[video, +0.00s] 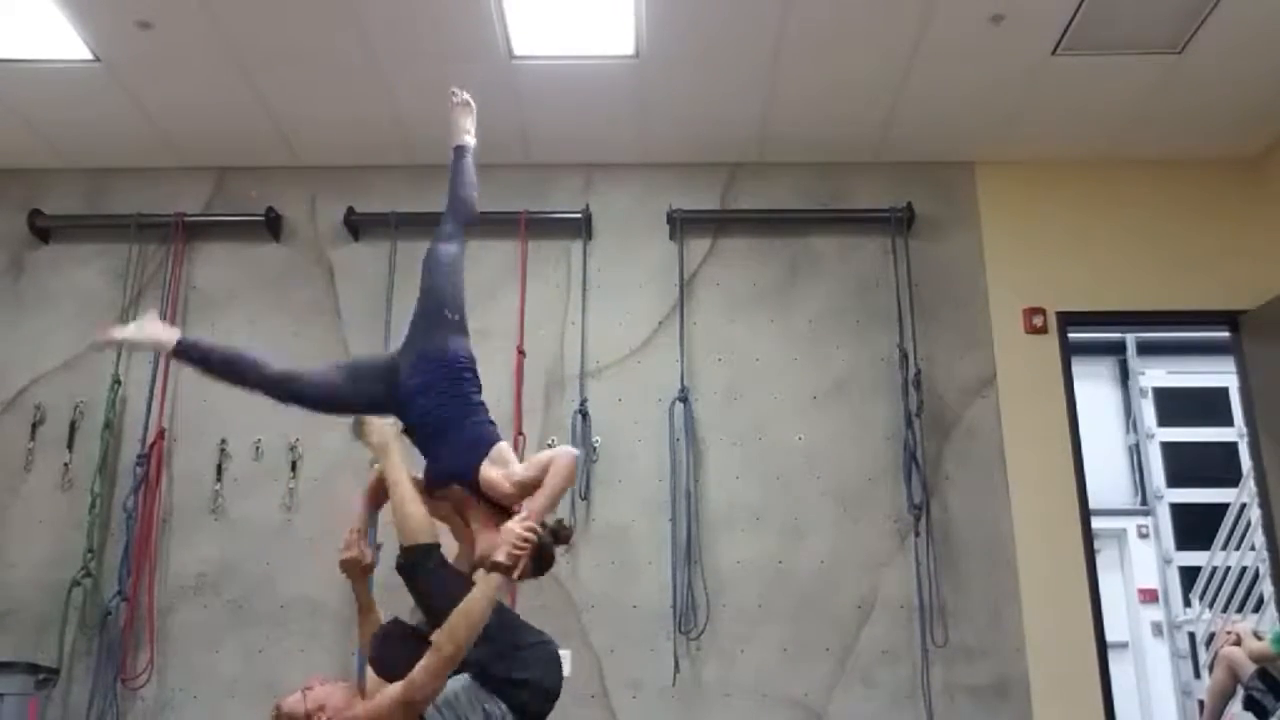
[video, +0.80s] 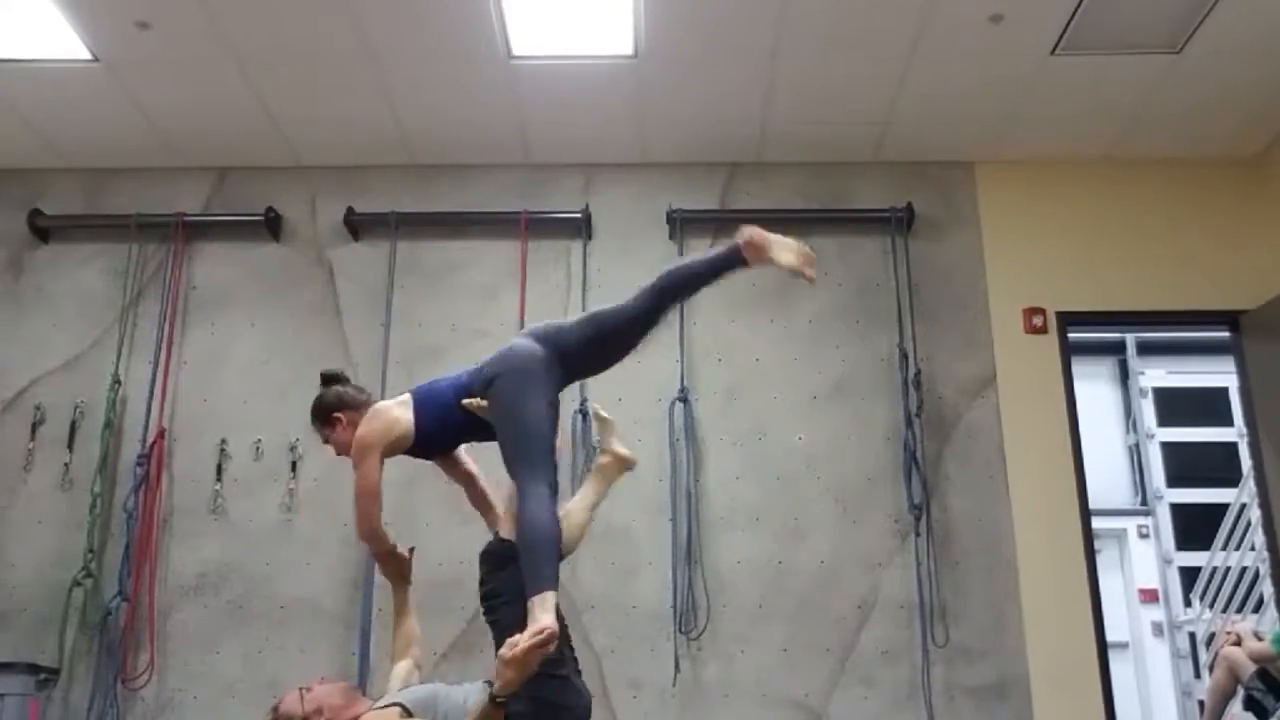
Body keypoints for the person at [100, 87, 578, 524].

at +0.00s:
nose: (519, 471)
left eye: (514, 487)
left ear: (498, 518)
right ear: (528, 522)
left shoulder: (460, 510)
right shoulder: (507, 467)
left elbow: (386, 479)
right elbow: (563, 464)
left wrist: (363, 528)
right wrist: (521, 523)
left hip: (398, 390)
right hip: (442, 348)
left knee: (281, 384)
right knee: (454, 231)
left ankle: (169, 341)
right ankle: (465, 140)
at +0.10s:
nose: (543, 546)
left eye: (554, 555)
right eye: (556, 544)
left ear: (535, 535)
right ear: (555, 514)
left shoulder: (482, 518)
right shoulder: (530, 486)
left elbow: (406, 492)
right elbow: (595, 483)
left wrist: (375, 543)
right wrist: (558, 531)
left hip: (380, 422)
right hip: (421, 390)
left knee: (283, 461)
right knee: (363, 271)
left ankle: (147, 468)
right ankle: (324, 165)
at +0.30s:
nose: (460, 509)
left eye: (465, 509)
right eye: (472, 507)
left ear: (459, 496)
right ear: (490, 492)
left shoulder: (425, 480)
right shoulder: (487, 464)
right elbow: (506, 492)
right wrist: (492, 536)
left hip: (348, 426)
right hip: (389, 391)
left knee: (355, 512)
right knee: (276, 317)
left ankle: (276, 607)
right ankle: (148, 235)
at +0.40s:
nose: (454, 504)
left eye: (455, 503)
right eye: (462, 503)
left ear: (446, 487)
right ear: (470, 486)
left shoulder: (398, 466)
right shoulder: (472, 456)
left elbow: (314, 507)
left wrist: (337, 576)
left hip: (366, 403)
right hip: (418, 379)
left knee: (375, 501)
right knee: (315, 301)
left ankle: (307, 616)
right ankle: (203, 220)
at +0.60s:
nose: (318, 704)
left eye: (310, 702)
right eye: (314, 714)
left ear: (320, 688)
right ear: (327, 714)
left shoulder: (385, 687)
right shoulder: (376, 709)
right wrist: (385, 669)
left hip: (549, 685)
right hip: (522, 696)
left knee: (480, 559)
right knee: (438, 564)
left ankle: (528, 443)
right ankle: (466, 427)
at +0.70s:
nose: (321, 678)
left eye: (308, 684)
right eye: (310, 691)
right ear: (321, 714)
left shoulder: (387, 701)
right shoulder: (378, 715)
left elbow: (403, 659)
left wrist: (390, 588)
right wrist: (453, 679)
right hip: (531, 701)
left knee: (476, 561)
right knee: (472, 562)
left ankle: (545, 460)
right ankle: (546, 459)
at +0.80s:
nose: (319, 679)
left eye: (307, 684)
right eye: (308, 690)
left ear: (328, 706)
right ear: (320, 714)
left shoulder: (392, 700)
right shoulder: (381, 715)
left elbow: (405, 656)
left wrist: (400, 585)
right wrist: (500, 692)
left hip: (535, 696)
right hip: (536, 707)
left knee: (510, 555)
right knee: (504, 556)